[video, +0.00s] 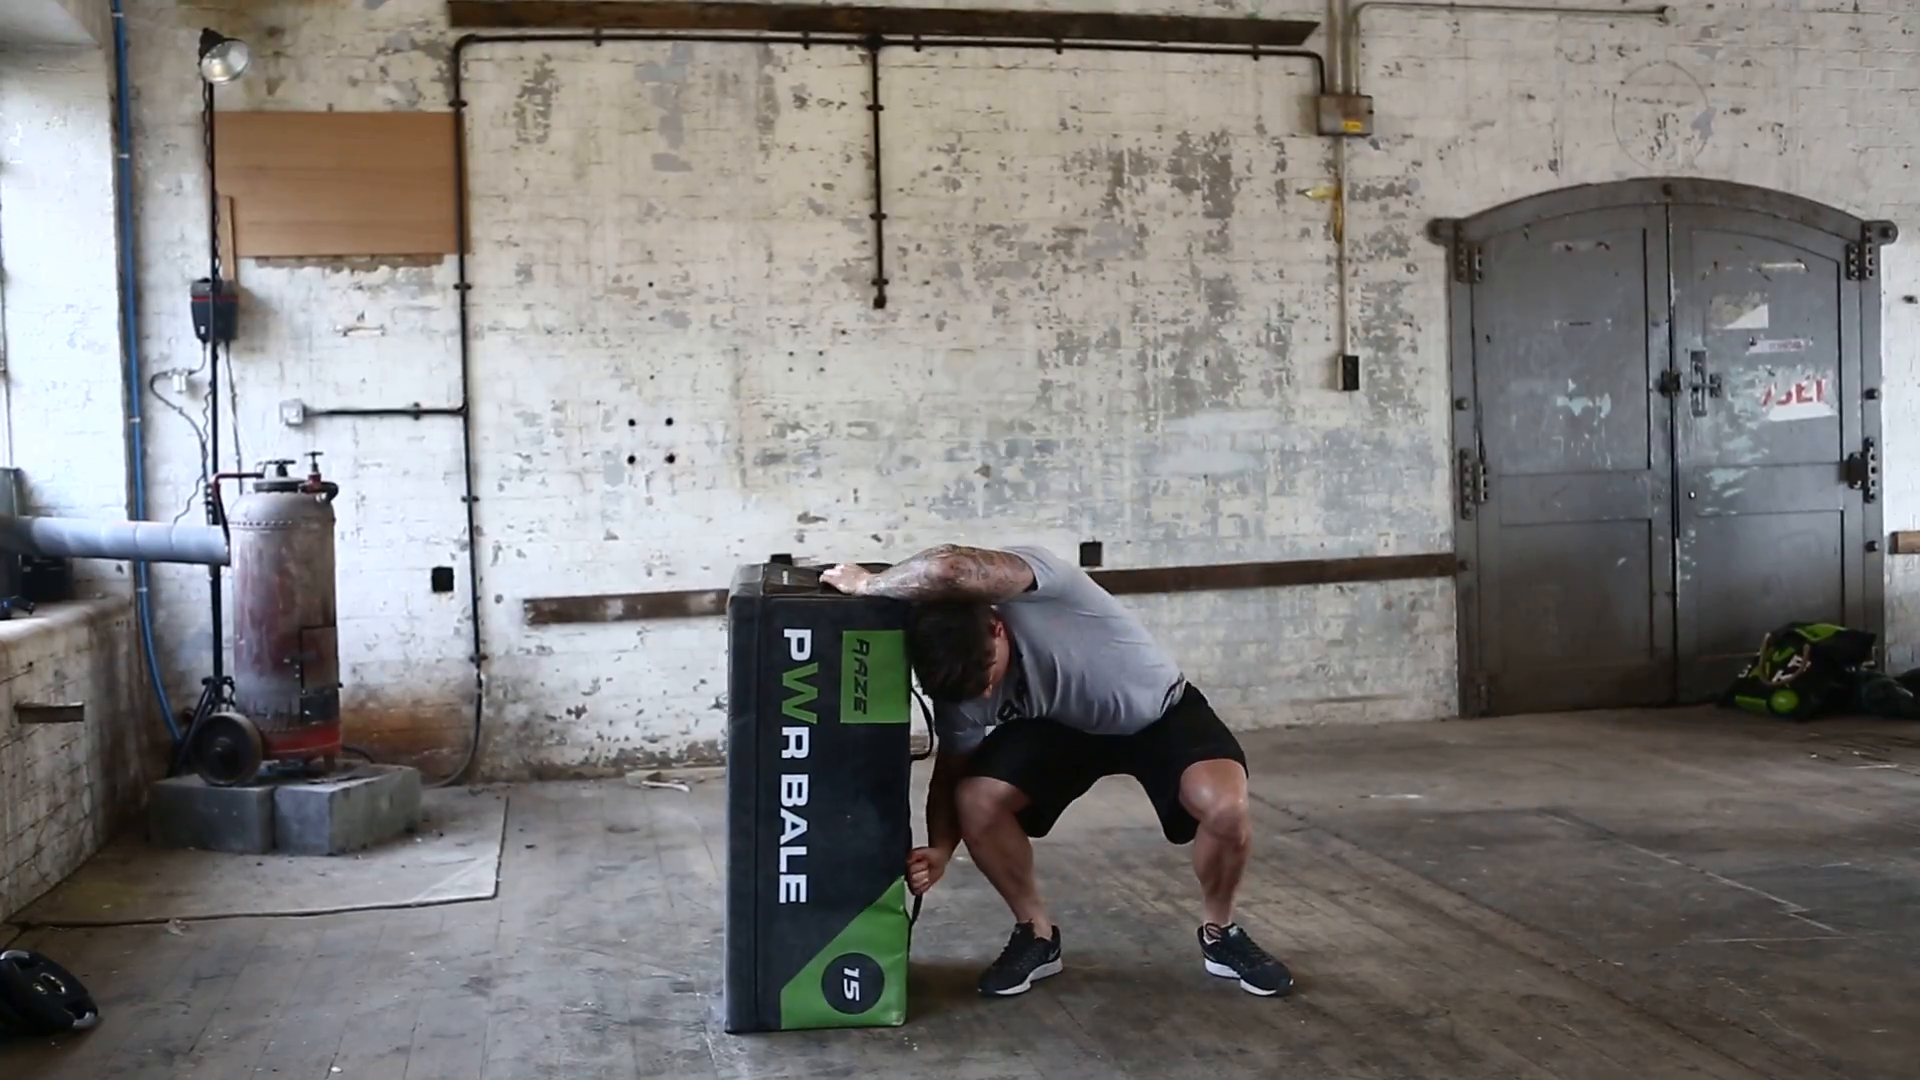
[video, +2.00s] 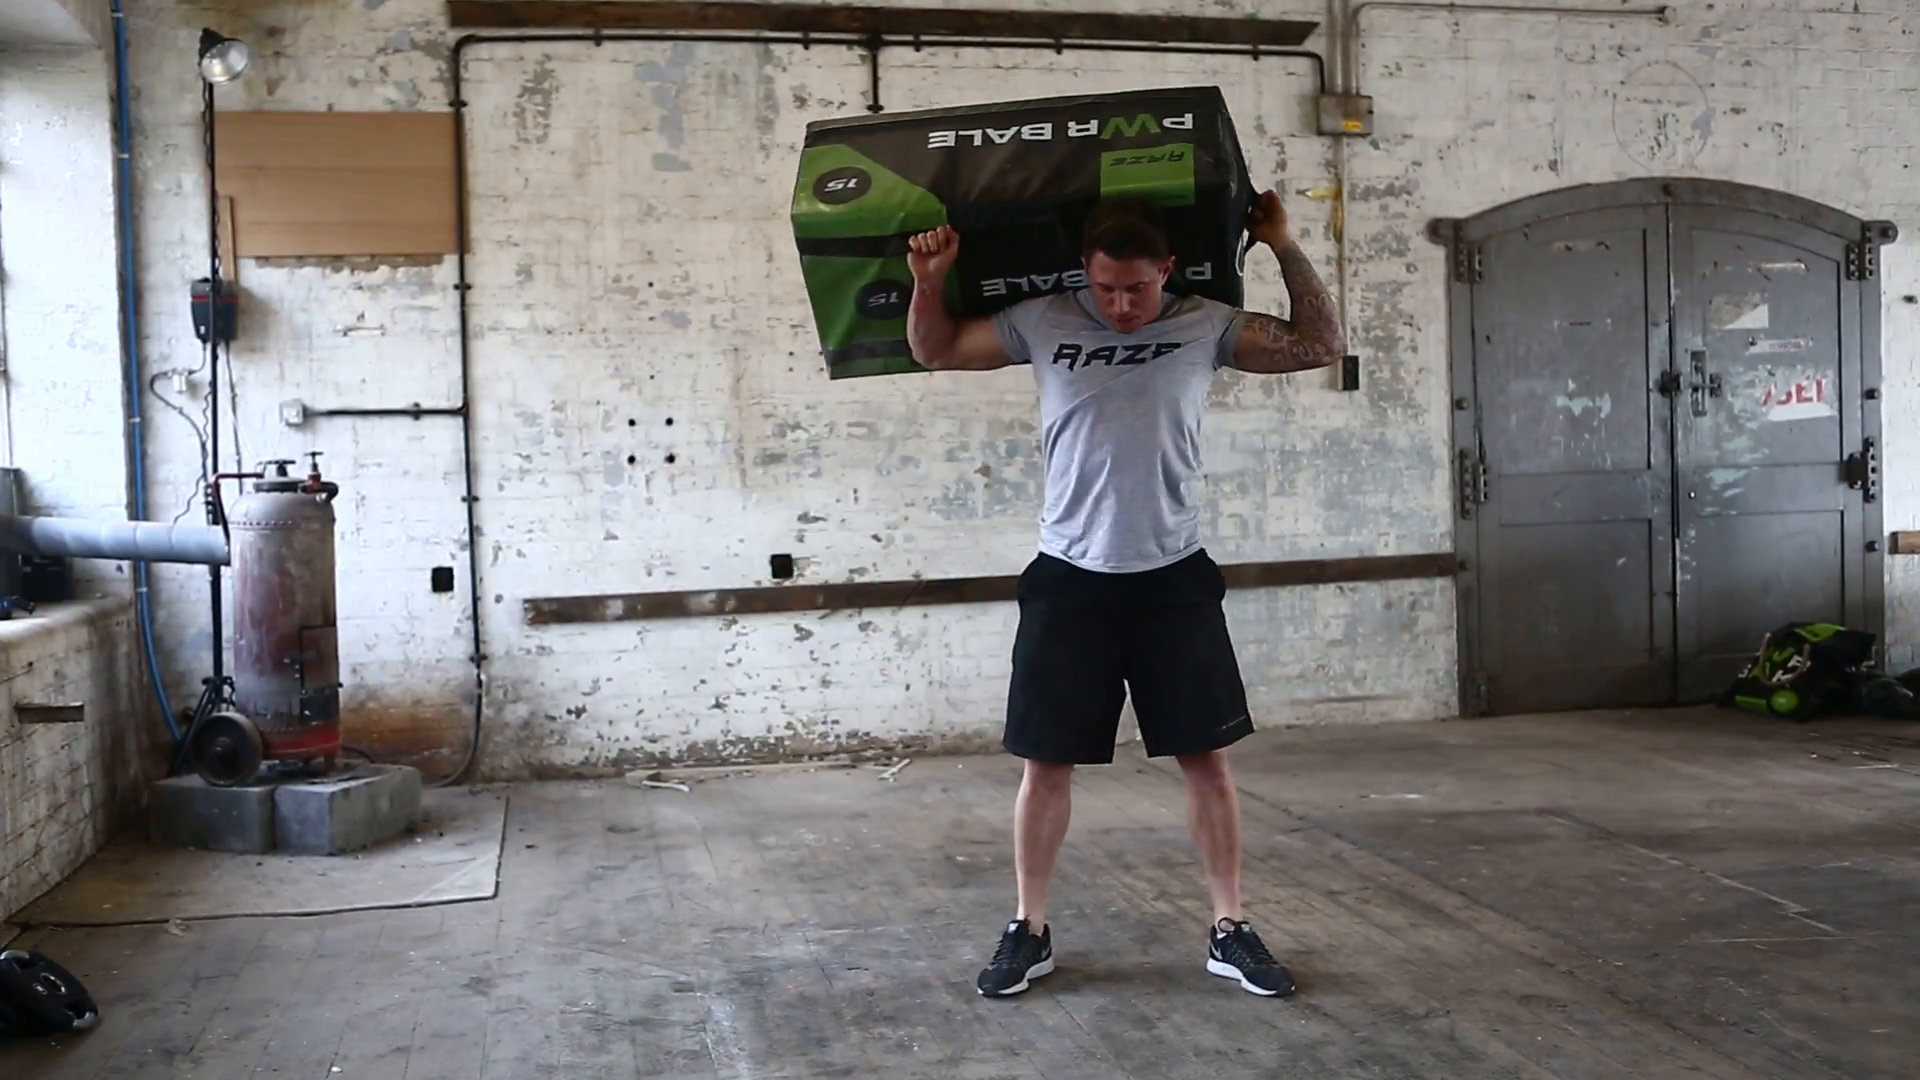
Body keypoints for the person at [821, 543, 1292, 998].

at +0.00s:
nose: (987, 696)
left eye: (987, 679)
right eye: (972, 694)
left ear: (995, 630)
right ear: (937, 683)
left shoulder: (1045, 580)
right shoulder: (957, 694)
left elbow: (953, 568)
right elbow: (951, 771)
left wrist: (871, 584)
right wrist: (939, 850)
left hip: (1158, 709)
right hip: (1058, 727)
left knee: (1223, 805)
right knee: (976, 802)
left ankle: (1220, 933)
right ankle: (1038, 933)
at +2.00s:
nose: (1122, 302)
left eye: (1138, 287)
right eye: (1107, 286)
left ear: (1168, 270)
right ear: (1085, 270)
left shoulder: (1204, 327)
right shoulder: (1045, 322)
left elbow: (1320, 343)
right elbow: (936, 348)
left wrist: (1283, 244)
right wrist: (926, 281)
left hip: (1175, 581)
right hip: (1068, 582)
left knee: (1205, 758)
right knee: (1045, 764)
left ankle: (1231, 928)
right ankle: (1029, 927)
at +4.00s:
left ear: (1056, 686)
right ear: (982, 715)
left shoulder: (1074, 602)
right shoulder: (975, 696)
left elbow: (1071, 626)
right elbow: (959, 773)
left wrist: (961, 609)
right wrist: (955, 855)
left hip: (1159, 745)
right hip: (1062, 760)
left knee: (1241, 796)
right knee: (985, 814)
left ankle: (1226, 935)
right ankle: (1026, 935)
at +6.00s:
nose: (1121, 291)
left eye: (1136, 275)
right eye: (1106, 275)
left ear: (1160, 268)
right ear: (1080, 266)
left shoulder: (1191, 327)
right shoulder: (1035, 324)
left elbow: (1305, 361)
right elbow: (922, 349)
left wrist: (1276, 258)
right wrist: (924, 275)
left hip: (1167, 582)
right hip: (1061, 582)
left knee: (1200, 759)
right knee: (1039, 766)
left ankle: (1230, 929)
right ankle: (1021, 927)